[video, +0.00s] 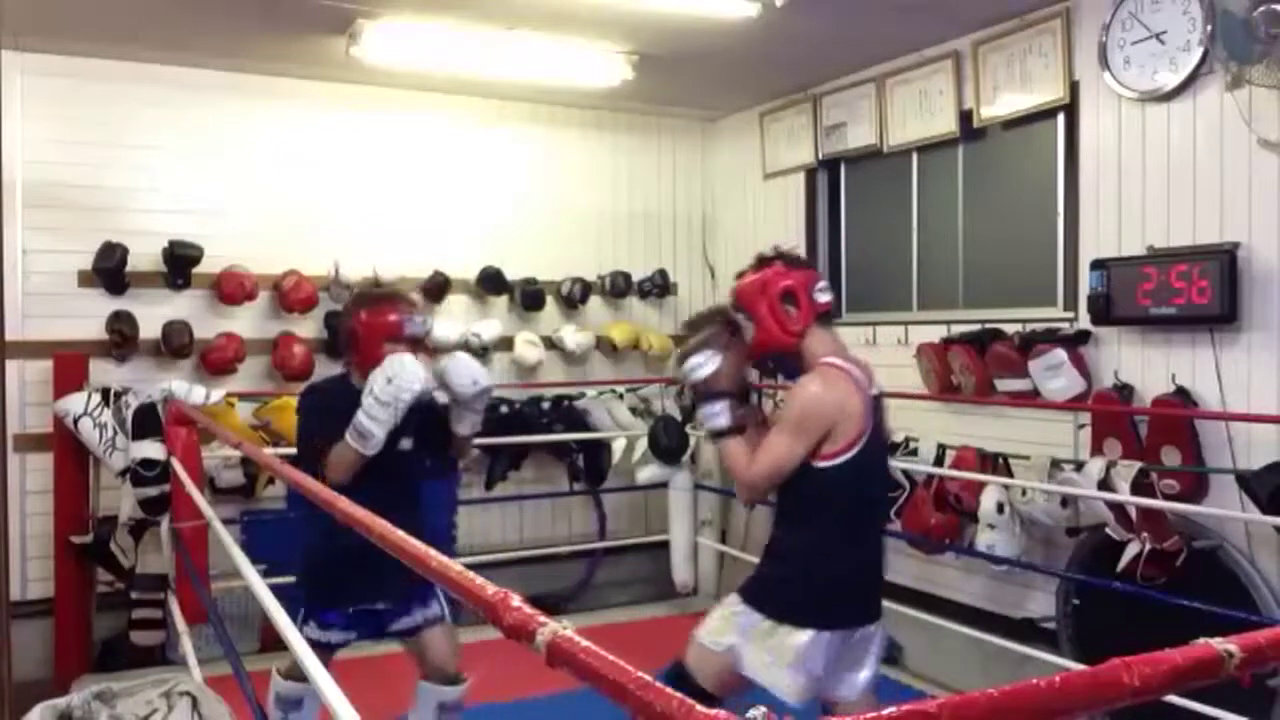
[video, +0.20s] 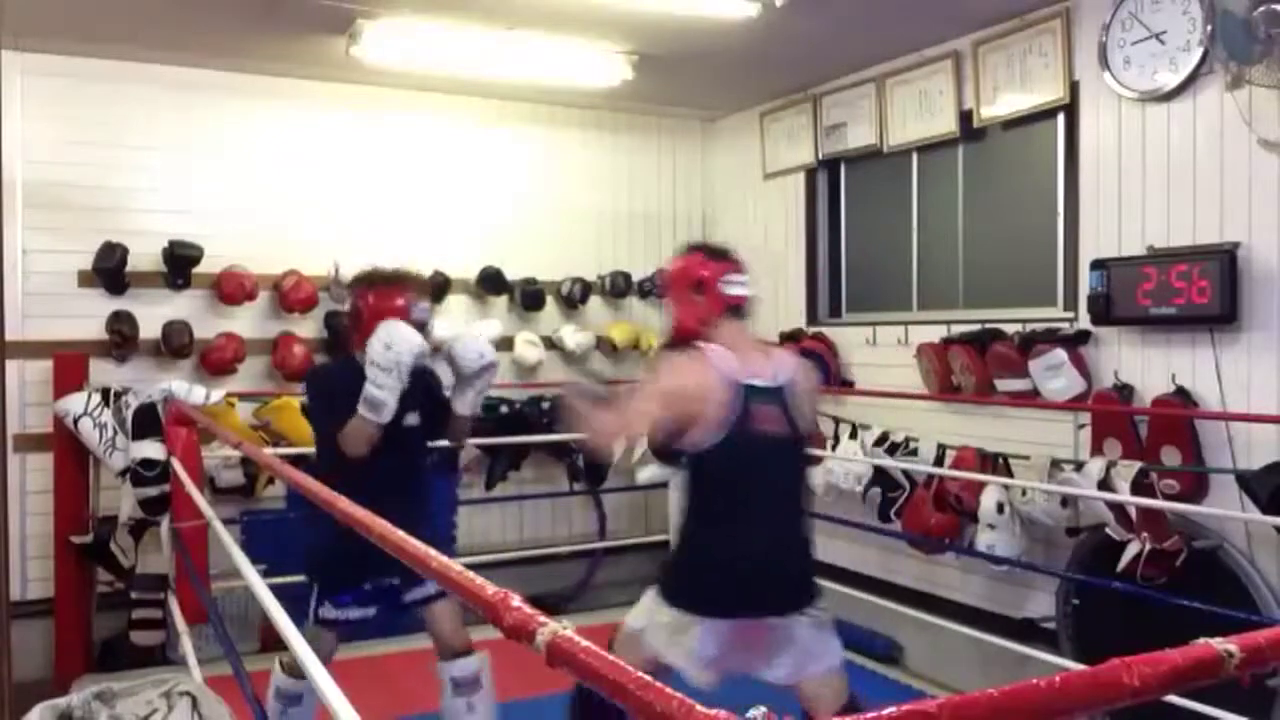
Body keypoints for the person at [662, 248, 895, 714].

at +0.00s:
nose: (752, 337)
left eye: (753, 324)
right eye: (748, 326)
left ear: (787, 313)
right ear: (801, 309)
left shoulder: (820, 389)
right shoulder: (855, 375)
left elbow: (751, 481)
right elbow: (775, 460)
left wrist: (720, 402)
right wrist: (740, 395)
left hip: (794, 596)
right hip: (856, 596)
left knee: (684, 690)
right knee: (850, 710)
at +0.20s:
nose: (669, 314)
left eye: (674, 300)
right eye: (669, 300)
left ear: (701, 300)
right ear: (734, 299)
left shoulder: (690, 371)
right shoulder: (793, 368)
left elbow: (611, 433)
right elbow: (809, 431)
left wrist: (574, 395)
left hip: (707, 579)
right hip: (786, 575)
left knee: (622, 666)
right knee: (831, 700)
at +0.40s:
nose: (575, 328)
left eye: (577, 317)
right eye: (575, 317)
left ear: (592, 317)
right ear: (651, 317)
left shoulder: (565, 374)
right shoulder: (702, 379)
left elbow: (478, 369)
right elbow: (712, 453)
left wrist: (463, 328)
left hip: (613, 590)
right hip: (700, 588)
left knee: (565, 705)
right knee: (793, 704)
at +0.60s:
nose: (566, 327)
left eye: (570, 315)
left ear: (583, 317)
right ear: (646, 321)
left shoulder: (552, 388)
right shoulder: (691, 391)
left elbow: (503, 494)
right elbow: (686, 463)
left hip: (575, 621)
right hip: (669, 618)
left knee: (547, 707)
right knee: (705, 711)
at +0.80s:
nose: (593, 285)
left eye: (598, 273)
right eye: (596, 274)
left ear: (611, 275)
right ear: (678, 279)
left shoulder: (576, 348)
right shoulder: (723, 366)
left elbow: (518, 455)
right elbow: (719, 461)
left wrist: (576, 431)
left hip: (585, 598)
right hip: (679, 599)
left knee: (566, 710)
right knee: (690, 712)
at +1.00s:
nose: (596, 301)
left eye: (600, 288)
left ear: (615, 289)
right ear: (687, 290)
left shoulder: (572, 368)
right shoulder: (738, 382)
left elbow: (524, 485)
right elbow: (739, 504)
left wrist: (585, 462)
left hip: (584, 623)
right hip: (690, 628)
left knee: (569, 709)